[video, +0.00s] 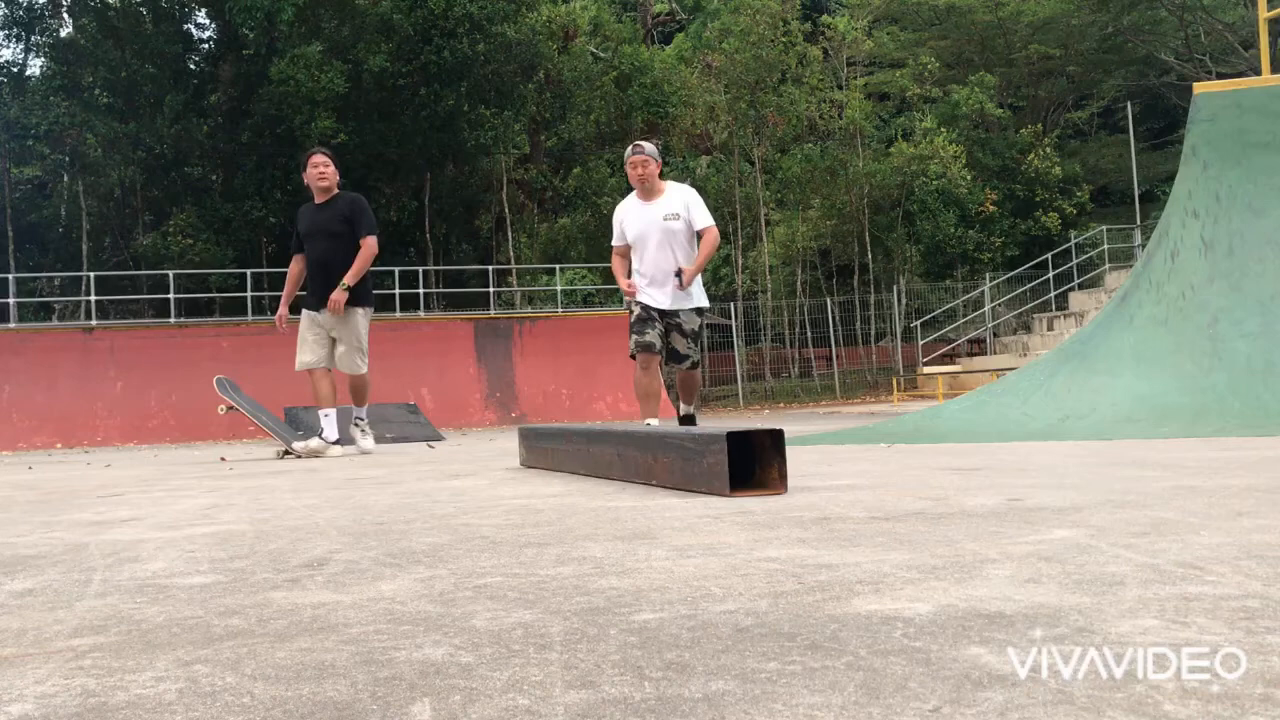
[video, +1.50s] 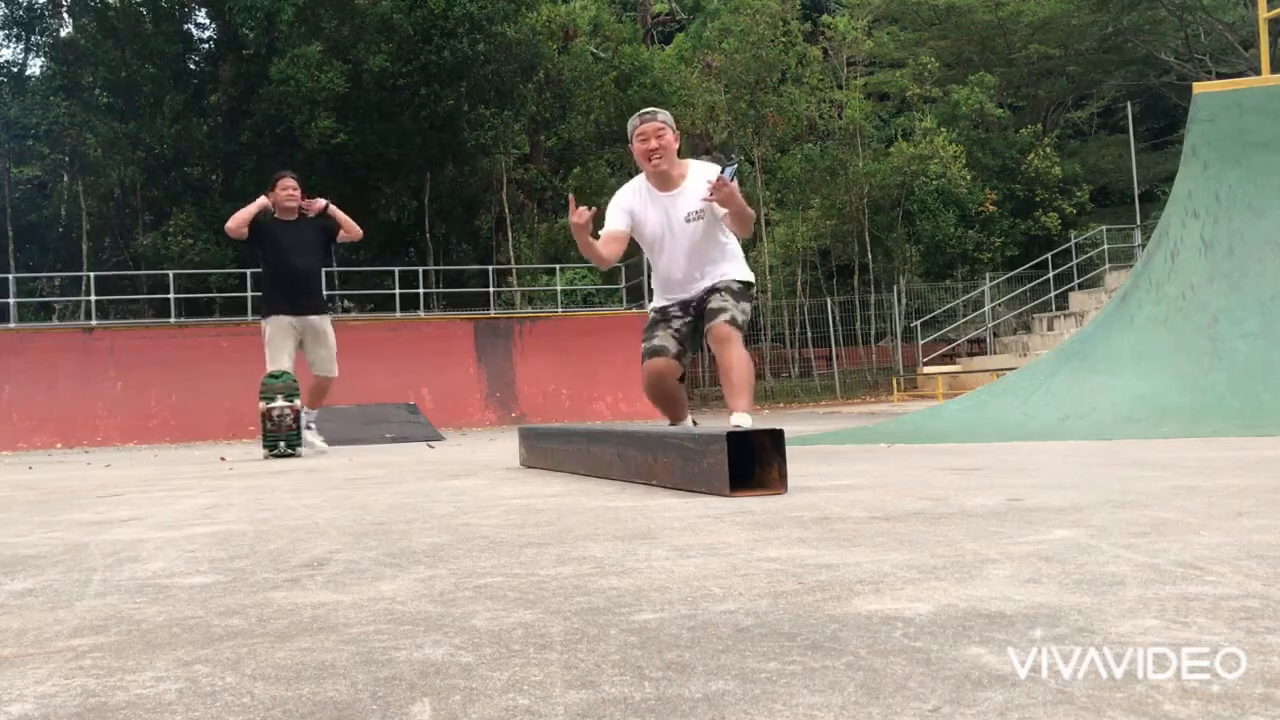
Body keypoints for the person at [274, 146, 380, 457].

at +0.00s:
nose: (322, 170)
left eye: (327, 165)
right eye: (315, 167)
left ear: (337, 174)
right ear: (306, 178)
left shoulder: (353, 203)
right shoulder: (304, 214)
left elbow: (370, 247)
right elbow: (299, 261)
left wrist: (344, 286)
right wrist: (285, 303)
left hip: (352, 304)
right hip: (315, 306)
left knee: (355, 367)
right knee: (316, 365)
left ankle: (359, 422)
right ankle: (329, 435)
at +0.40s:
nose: (337, 181)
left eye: (342, 176)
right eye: (331, 177)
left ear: (349, 184)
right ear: (319, 186)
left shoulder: (366, 215)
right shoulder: (306, 219)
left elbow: (389, 252)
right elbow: (292, 261)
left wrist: (368, 264)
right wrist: (280, 291)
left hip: (358, 311)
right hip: (318, 310)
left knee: (359, 370)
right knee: (312, 362)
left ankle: (354, 432)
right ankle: (329, 430)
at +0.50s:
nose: (339, 182)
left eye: (343, 177)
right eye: (332, 178)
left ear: (350, 184)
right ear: (320, 186)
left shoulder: (365, 214)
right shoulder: (306, 218)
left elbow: (395, 247)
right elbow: (291, 254)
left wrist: (375, 235)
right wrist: (285, 272)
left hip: (359, 310)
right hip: (319, 309)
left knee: (360, 370)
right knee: (317, 364)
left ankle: (354, 433)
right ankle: (325, 433)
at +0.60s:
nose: (339, 183)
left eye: (343, 179)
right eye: (332, 179)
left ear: (350, 185)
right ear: (320, 186)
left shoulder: (363, 214)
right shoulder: (308, 216)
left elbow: (396, 235)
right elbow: (285, 259)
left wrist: (370, 207)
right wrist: (294, 243)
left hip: (357, 308)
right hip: (319, 308)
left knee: (359, 370)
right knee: (315, 366)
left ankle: (354, 433)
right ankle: (319, 432)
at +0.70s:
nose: (335, 185)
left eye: (341, 180)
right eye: (329, 180)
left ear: (348, 187)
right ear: (318, 186)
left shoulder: (361, 213)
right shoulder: (307, 216)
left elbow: (391, 222)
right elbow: (283, 245)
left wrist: (363, 190)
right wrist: (303, 209)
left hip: (355, 306)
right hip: (316, 306)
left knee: (357, 370)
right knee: (312, 366)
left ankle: (354, 434)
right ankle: (311, 432)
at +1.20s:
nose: (305, 188)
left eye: (309, 184)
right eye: (299, 184)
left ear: (315, 190)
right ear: (287, 190)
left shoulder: (328, 219)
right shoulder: (277, 220)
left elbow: (364, 213)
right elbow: (252, 214)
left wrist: (332, 191)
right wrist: (275, 190)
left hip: (326, 310)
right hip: (288, 312)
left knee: (339, 370)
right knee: (282, 377)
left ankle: (351, 431)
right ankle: (279, 438)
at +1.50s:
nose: (292, 192)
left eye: (295, 188)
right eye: (285, 189)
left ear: (302, 196)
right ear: (272, 197)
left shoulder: (317, 223)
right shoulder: (263, 225)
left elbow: (355, 233)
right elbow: (232, 228)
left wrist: (327, 207)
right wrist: (259, 203)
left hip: (315, 312)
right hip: (278, 313)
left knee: (327, 374)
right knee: (279, 377)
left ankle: (306, 423)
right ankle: (283, 434)